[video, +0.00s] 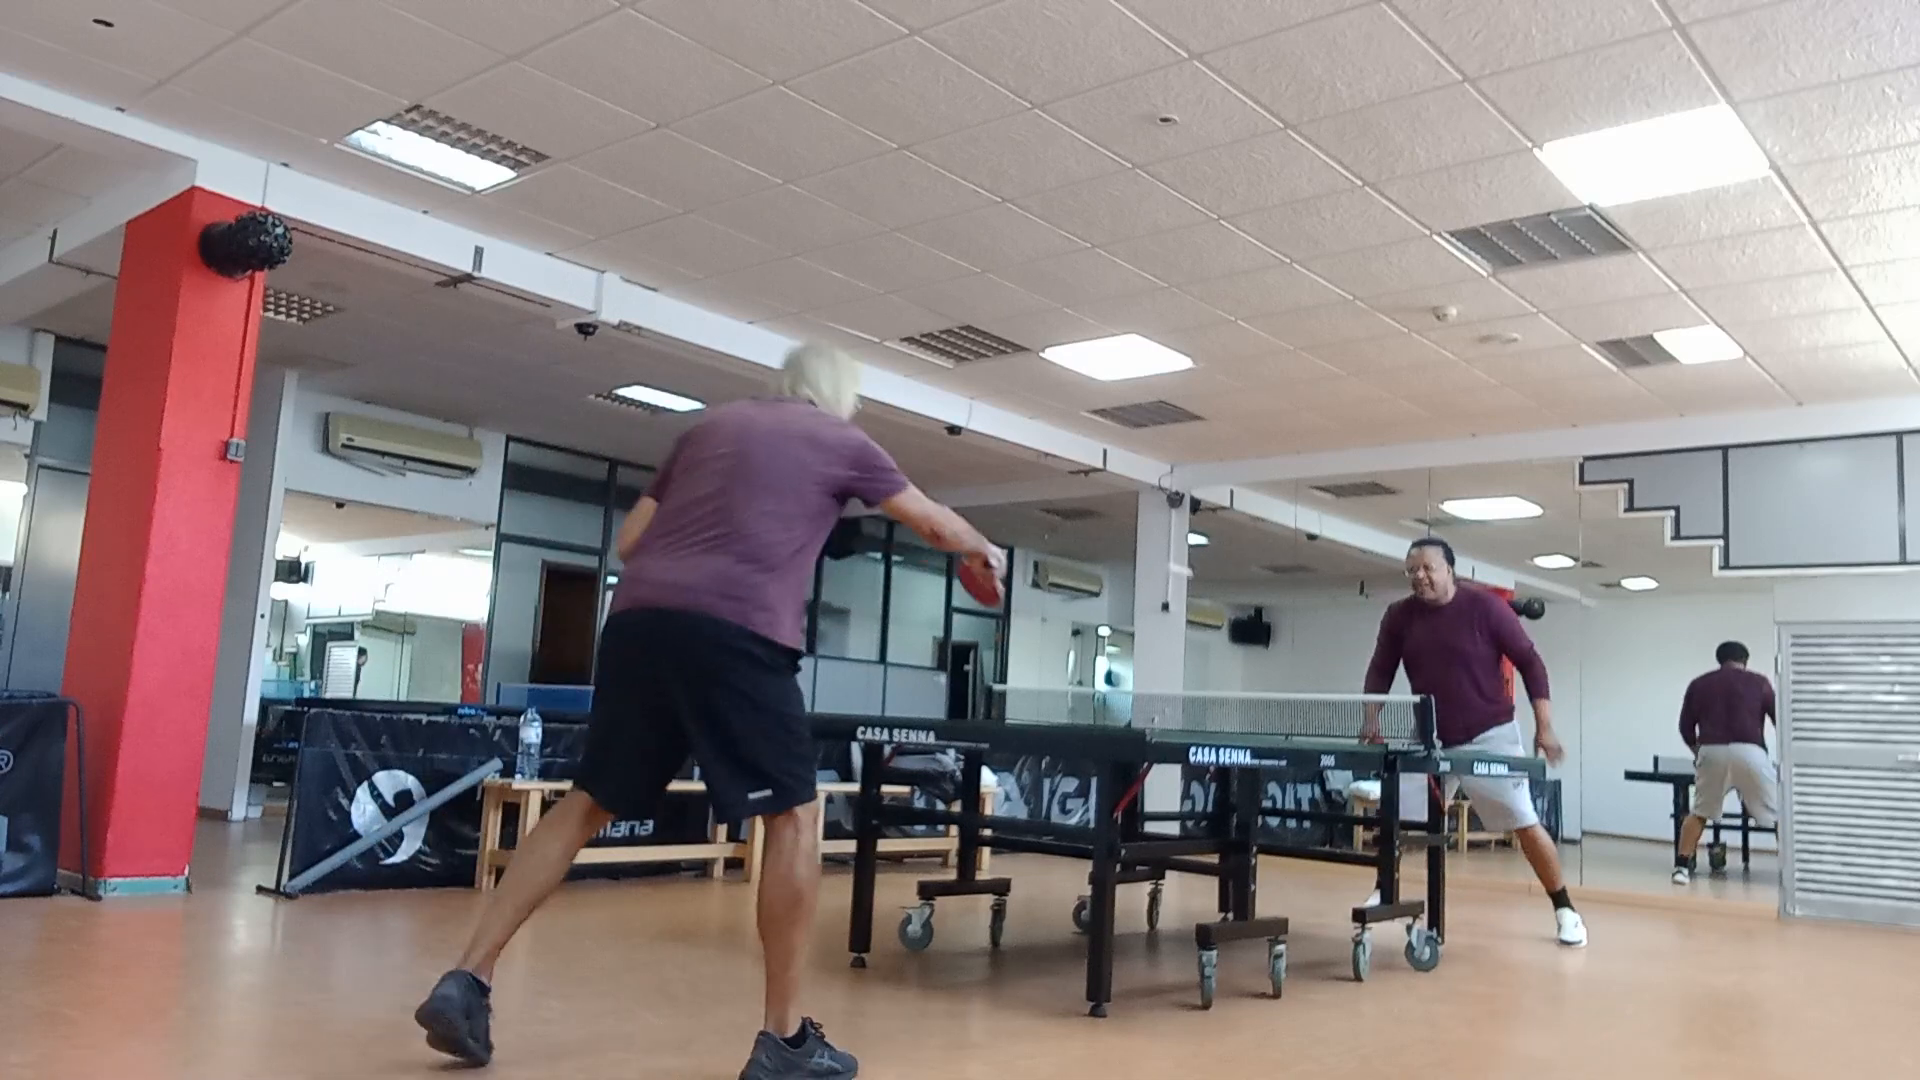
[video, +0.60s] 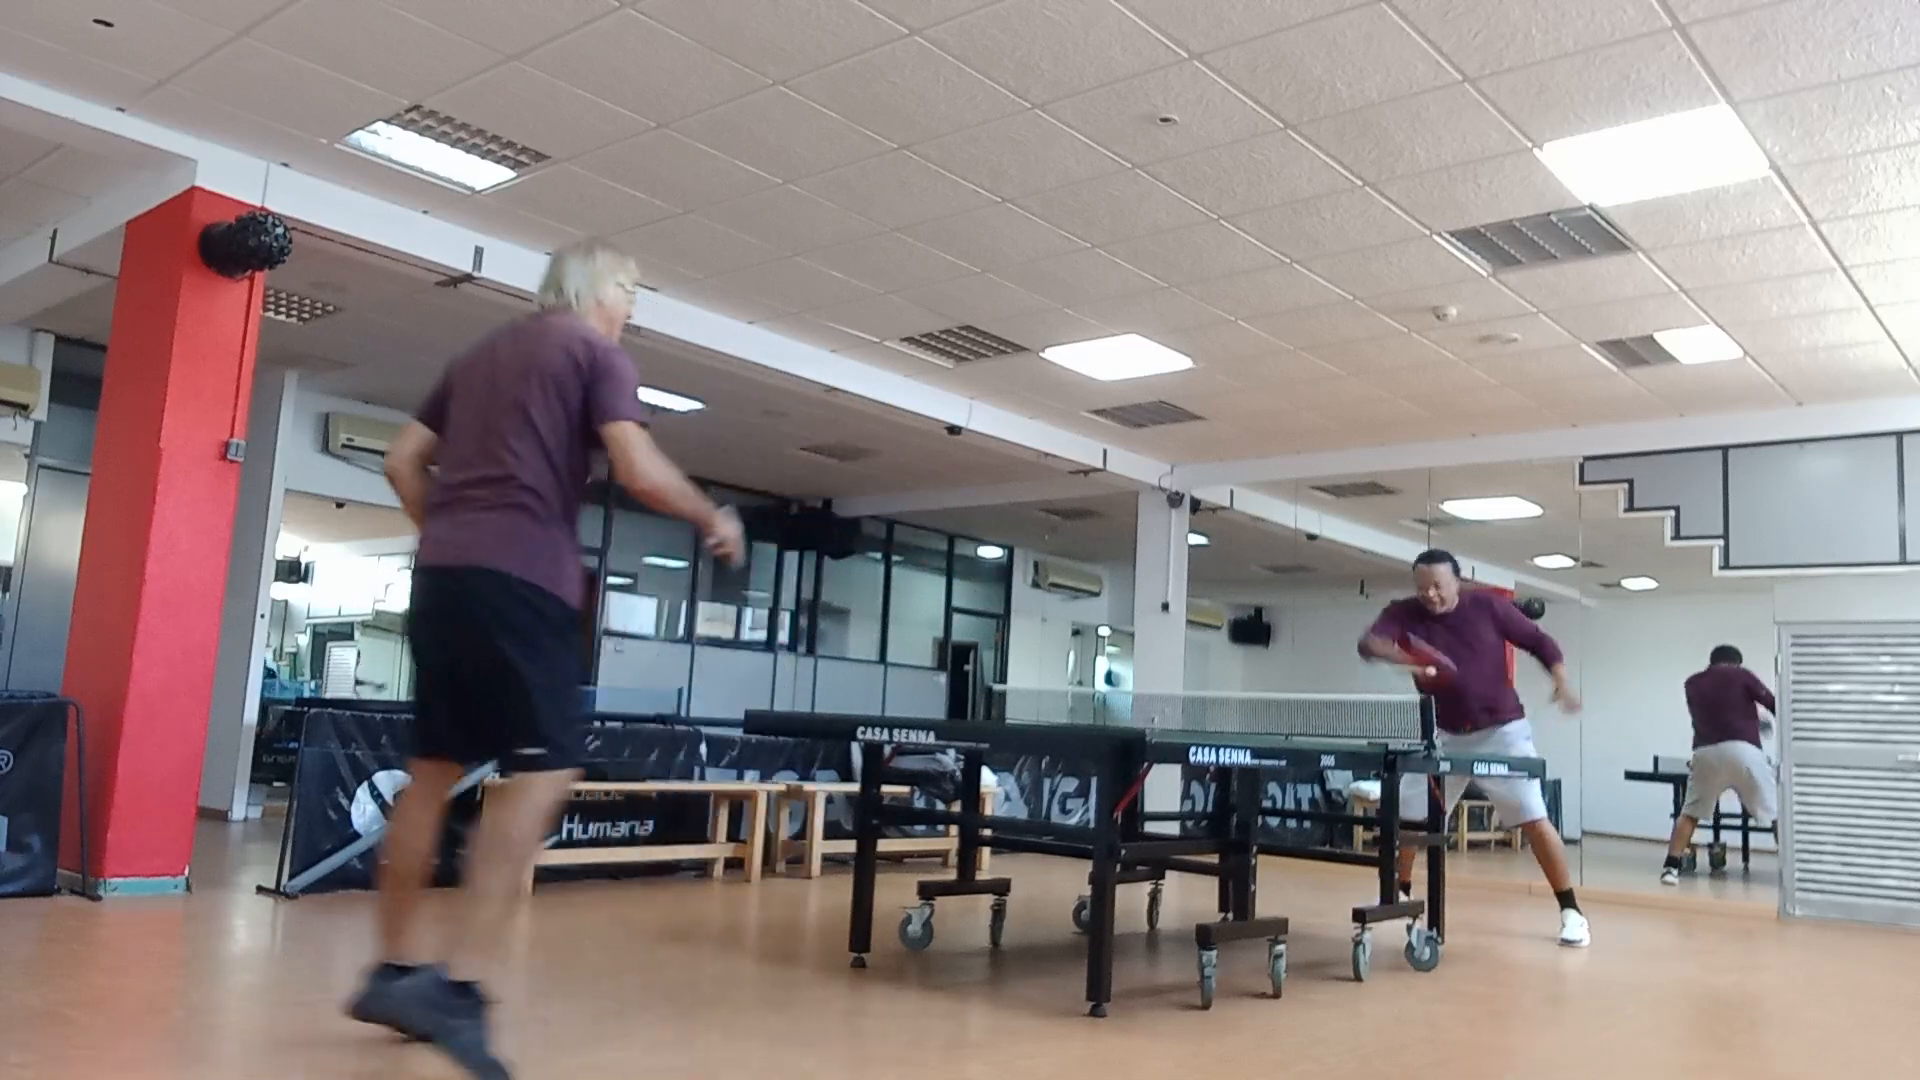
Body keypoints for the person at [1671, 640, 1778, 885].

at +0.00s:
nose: (1745, 666)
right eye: (1746, 663)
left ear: (1719, 661)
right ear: (1744, 662)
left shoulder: (1699, 684)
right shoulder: (1759, 682)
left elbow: (1685, 726)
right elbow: (1782, 721)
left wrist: (1699, 751)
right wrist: (1790, 752)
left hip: (1711, 753)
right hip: (1750, 753)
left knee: (1699, 812)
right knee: (1778, 816)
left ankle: (1681, 867)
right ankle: (1794, 875)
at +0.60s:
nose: (1738, 669)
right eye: (1739, 665)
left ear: (1711, 662)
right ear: (1736, 662)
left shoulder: (1692, 682)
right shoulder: (1742, 675)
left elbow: (1698, 719)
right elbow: (1773, 704)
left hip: (1705, 751)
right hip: (1743, 749)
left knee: (1690, 812)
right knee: (1774, 813)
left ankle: (1671, 867)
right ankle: (1793, 870)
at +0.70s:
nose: (1734, 667)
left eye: (1734, 665)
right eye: (1733, 664)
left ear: (1706, 661)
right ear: (1730, 661)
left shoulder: (1690, 677)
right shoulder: (1732, 671)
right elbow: (1763, 684)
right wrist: (1780, 695)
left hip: (1699, 750)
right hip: (1734, 748)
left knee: (1689, 812)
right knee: (1772, 812)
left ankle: (1670, 868)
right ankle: (1792, 867)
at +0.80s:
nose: (1735, 663)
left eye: (1735, 661)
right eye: (1735, 660)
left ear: (1708, 654)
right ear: (1732, 657)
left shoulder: (1690, 671)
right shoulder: (1732, 668)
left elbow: (1668, 685)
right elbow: (1764, 678)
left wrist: (1656, 692)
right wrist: (1780, 685)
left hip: (1696, 747)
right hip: (1731, 747)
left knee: (1685, 811)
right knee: (1763, 809)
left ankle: (1669, 867)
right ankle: (1785, 861)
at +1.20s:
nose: (1751, 653)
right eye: (1752, 650)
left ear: (1725, 647)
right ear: (1752, 648)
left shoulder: (1706, 672)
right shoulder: (1765, 671)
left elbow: (1689, 713)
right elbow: (1788, 703)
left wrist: (1676, 744)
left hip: (1721, 749)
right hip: (1759, 748)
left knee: (1700, 811)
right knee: (1778, 810)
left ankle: (1677, 864)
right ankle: (1786, 861)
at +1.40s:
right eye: (1755, 645)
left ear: (1731, 643)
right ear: (1757, 643)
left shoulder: (1717, 667)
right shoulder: (1773, 666)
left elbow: (1702, 708)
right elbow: (1788, 703)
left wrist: (1688, 743)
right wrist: (1791, 740)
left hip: (1735, 746)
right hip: (1772, 745)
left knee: (1724, 811)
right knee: (1781, 811)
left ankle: (1727, 870)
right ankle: (1790, 868)